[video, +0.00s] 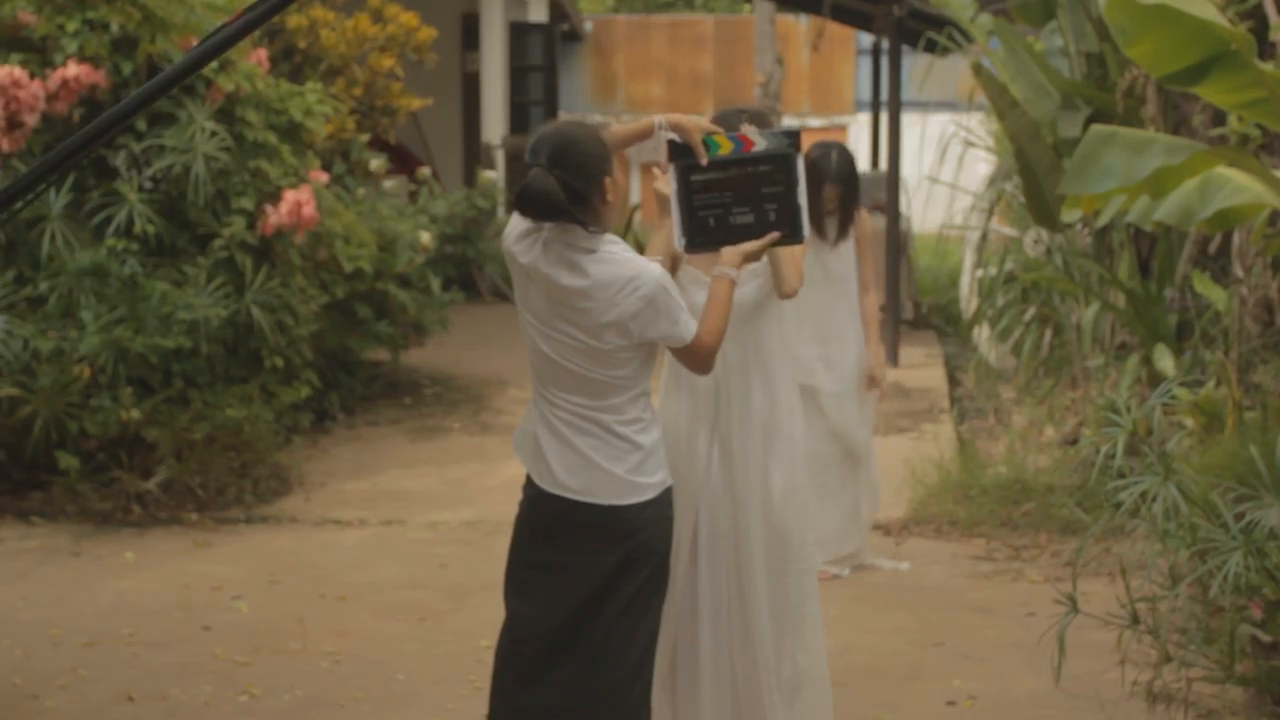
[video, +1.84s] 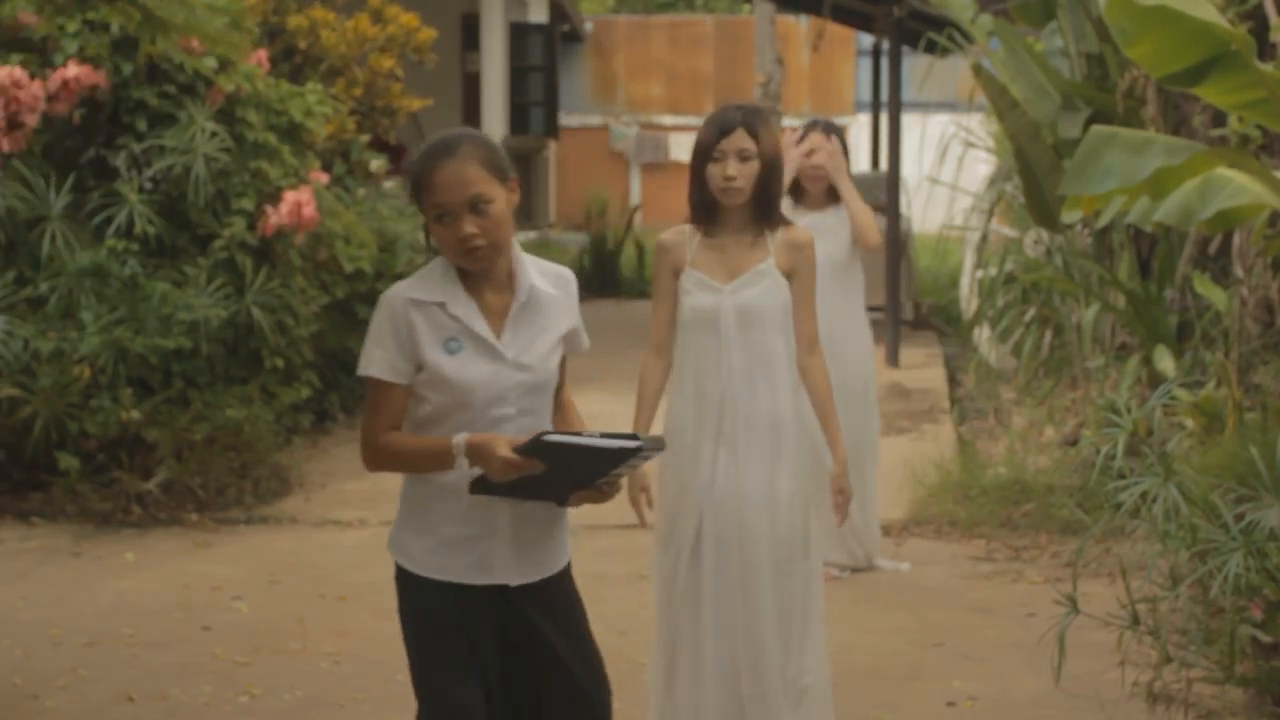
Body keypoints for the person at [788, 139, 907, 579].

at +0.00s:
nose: (828, 201)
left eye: (836, 192)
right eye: (821, 192)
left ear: (849, 189)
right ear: (806, 188)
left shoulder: (860, 225)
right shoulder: (792, 223)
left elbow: (869, 291)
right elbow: (778, 290)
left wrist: (874, 351)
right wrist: (774, 357)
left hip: (843, 353)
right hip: (796, 355)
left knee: (844, 450)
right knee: (803, 451)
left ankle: (845, 547)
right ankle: (809, 550)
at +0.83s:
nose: (832, 183)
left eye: (841, 175)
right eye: (824, 174)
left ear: (850, 176)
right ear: (805, 173)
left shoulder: (857, 220)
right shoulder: (786, 221)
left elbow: (873, 288)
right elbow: (771, 293)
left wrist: (888, 354)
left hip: (845, 353)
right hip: (795, 354)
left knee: (844, 450)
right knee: (802, 451)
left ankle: (850, 547)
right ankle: (812, 552)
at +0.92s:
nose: (834, 180)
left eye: (842, 170)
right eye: (824, 170)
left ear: (853, 171)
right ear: (804, 169)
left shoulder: (857, 219)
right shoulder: (785, 217)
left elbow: (873, 288)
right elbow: (777, 283)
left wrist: (886, 354)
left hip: (846, 347)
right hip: (796, 348)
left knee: (845, 445)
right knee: (802, 445)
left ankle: (849, 545)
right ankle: (807, 550)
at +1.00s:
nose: (830, 174)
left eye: (837, 164)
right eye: (819, 164)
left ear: (848, 163)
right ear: (800, 164)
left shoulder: (855, 210)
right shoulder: (782, 210)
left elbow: (871, 285)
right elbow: (770, 280)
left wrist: (882, 353)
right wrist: (775, 346)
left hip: (844, 345)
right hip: (794, 343)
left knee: (841, 444)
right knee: (799, 444)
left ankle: (848, 545)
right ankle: (806, 549)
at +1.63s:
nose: (815, 160)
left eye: (825, 151)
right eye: (806, 151)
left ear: (840, 160)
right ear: (793, 159)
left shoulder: (857, 217)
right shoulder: (780, 217)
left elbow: (875, 280)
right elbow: (763, 275)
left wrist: (862, 298)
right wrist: (776, 309)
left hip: (845, 345)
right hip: (793, 344)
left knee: (849, 442)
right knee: (801, 440)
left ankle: (851, 544)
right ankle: (807, 546)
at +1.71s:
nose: (815, 161)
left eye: (825, 153)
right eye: (807, 152)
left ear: (839, 161)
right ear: (793, 160)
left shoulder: (855, 215)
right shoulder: (780, 214)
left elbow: (880, 282)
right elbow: (762, 275)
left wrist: (855, 241)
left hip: (845, 340)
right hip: (792, 338)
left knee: (848, 439)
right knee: (797, 437)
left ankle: (848, 545)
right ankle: (806, 545)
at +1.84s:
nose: (817, 166)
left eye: (827, 156)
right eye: (809, 157)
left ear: (841, 163)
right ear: (793, 166)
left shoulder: (853, 210)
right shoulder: (781, 215)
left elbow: (871, 239)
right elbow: (757, 226)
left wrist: (842, 175)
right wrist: (781, 171)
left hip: (847, 336)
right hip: (795, 337)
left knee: (852, 436)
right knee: (801, 438)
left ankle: (855, 541)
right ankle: (809, 545)